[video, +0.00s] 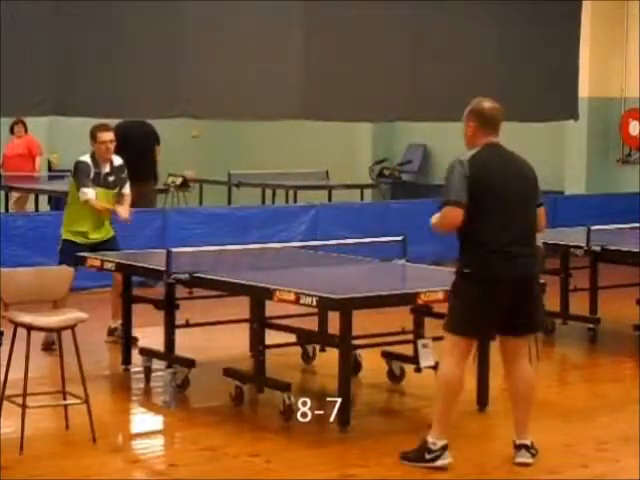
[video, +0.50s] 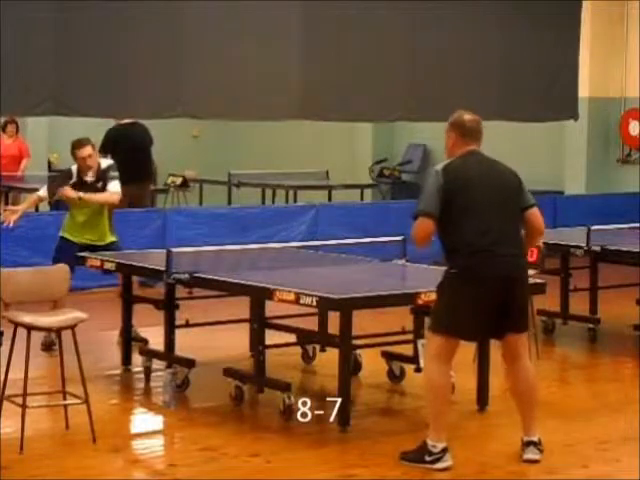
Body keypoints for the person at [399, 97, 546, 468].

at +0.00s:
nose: (462, 131)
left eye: (464, 125)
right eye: (465, 124)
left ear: (470, 125)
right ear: (498, 127)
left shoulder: (465, 165)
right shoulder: (524, 168)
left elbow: (452, 218)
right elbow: (539, 221)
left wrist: (436, 221)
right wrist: (503, 222)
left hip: (479, 277)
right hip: (522, 278)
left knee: (454, 354)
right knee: (518, 356)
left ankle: (436, 442)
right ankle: (523, 442)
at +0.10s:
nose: (449, 135)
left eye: (450, 129)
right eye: (451, 128)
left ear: (457, 130)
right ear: (485, 130)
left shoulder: (452, 168)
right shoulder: (512, 169)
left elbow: (432, 223)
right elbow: (530, 223)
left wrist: (451, 221)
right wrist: (496, 226)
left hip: (467, 280)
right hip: (513, 280)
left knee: (444, 359)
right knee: (517, 357)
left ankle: (437, 445)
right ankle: (522, 441)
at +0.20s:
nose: (441, 137)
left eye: (442, 132)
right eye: (443, 131)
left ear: (448, 133)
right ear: (476, 132)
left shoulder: (443, 170)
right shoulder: (504, 169)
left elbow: (424, 225)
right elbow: (527, 222)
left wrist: (416, 224)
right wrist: (495, 229)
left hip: (461, 278)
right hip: (507, 279)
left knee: (439, 357)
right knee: (515, 352)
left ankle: (436, 445)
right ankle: (523, 436)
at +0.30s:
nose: (435, 139)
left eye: (436, 133)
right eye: (437, 132)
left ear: (443, 133)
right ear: (471, 133)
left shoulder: (435, 171)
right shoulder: (500, 169)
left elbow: (416, 229)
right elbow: (525, 222)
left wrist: (426, 216)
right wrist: (495, 234)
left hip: (460, 276)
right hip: (506, 276)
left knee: (438, 357)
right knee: (514, 352)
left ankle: (436, 445)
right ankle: (528, 436)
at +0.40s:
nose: (437, 139)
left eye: (437, 133)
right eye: (439, 133)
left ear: (444, 134)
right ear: (473, 134)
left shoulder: (436, 172)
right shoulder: (501, 170)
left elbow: (416, 229)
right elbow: (528, 223)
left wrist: (426, 216)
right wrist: (501, 240)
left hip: (460, 276)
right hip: (506, 276)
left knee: (438, 357)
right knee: (514, 353)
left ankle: (436, 445)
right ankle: (530, 437)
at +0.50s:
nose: (445, 144)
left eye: (446, 138)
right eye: (446, 138)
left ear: (453, 138)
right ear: (479, 139)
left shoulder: (443, 173)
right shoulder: (508, 174)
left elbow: (422, 233)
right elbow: (536, 226)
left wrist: (426, 225)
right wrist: (515, 249)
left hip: (467, 277)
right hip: (513, 277)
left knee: (438, 359)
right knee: (517, 357)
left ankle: (435, 445)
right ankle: (531, 440)